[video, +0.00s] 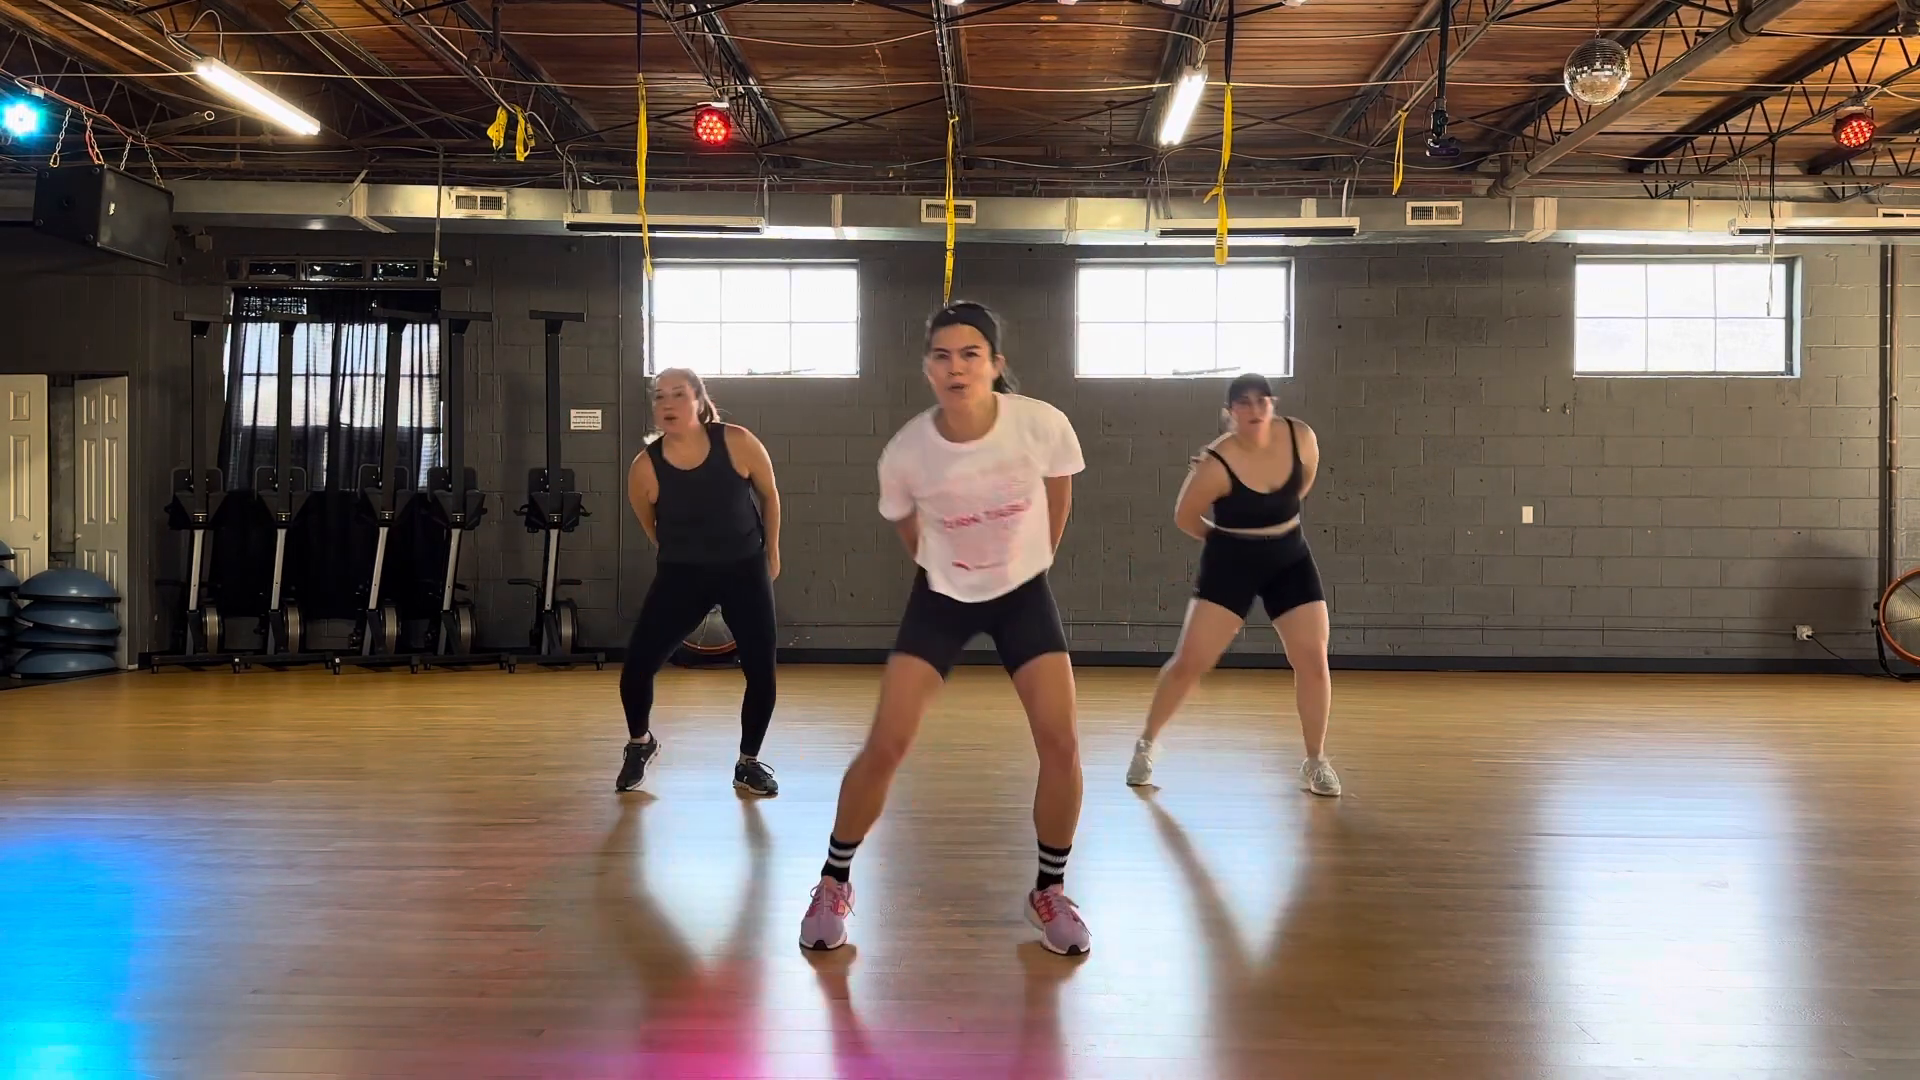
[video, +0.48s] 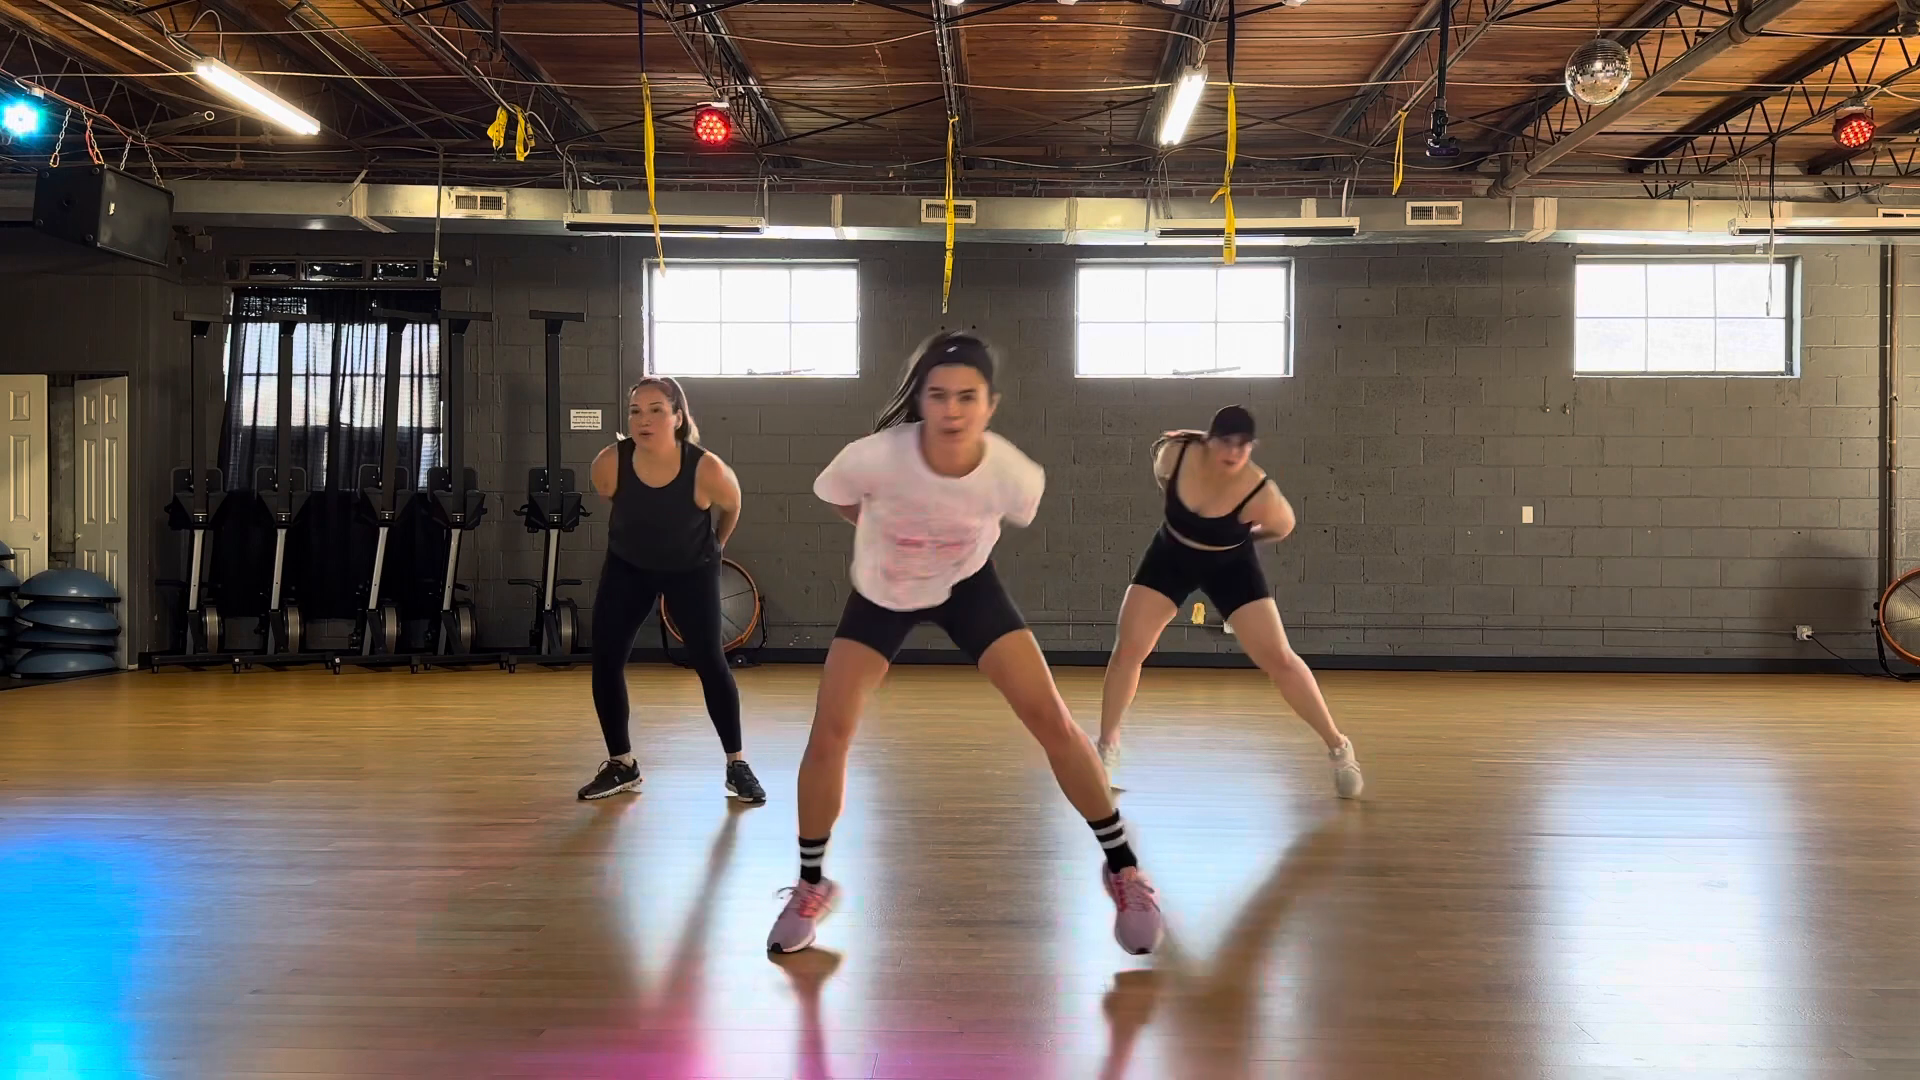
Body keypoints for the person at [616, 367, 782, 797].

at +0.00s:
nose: (667, 404)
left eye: (678, 395)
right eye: (660, 397)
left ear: (701, 403)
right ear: (653, 408)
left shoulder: (739, 442)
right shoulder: (644, 469)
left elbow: (769, 495)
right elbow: (655, 530)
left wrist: (772, 551)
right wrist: (683, 559)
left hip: (743, 570)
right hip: (682, 574)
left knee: (762, 670)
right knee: (636, 668)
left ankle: (748, 761)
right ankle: (640, 742)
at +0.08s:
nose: (647, 407)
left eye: (659, 399)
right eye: (640, 399)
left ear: (682, 407)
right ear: (634, 408)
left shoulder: (719, 447)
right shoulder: (631, 469)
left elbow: (766, 482)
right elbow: (656, 519)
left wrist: (777, 543)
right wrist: (684, 547)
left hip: (743, 561)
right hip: (682, 564)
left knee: (758, 664)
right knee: (632, 654)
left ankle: (752, 759)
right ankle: (629, 752)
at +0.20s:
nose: (626, 408)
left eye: (639, 400)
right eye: (620, 400)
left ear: (663, 409)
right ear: (612, 407)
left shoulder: (693, 456)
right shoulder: (611, 456)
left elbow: (748, 489)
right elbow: (644, 502)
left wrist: (759, 537)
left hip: (723, 554)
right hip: (666, 558)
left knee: (742, 656)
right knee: (625, 653)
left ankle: (784, 748)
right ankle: (625, 761)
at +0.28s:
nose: (622, 416)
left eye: (636, 408)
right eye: (616, 406)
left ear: (660, 416)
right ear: (609, 411)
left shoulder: (682, 468)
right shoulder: (604, 455)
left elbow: (734, 508)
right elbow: (634, 506)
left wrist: (739, 556)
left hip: (706, 569)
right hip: (651, 568)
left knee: (727, 667)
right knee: (612, 660)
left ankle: (790, 752)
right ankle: (626, 764)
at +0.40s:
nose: (631, 422)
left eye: (644, 413)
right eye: (625, 412)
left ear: (667, 421)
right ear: (618, 417)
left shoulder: (692, 476)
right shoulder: (602, 462)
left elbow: (731, 517)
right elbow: (625, 517)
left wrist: (717, 570)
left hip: (691, 571)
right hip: (633, 567)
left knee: (707, 668)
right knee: (599, 663)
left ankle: (757, 758)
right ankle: (625, 764)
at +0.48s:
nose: (644, 419)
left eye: (656, 410)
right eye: (636, 411)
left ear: (678, 418)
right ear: (628, 418)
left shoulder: (709, 470)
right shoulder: (608, 465)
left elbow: (730, 508)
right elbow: (622, 512)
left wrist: (711, 552)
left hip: (691, 566)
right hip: (628, 564)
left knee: (709, 659)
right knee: (606, 660)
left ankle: (736, 763)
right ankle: (621, 763)